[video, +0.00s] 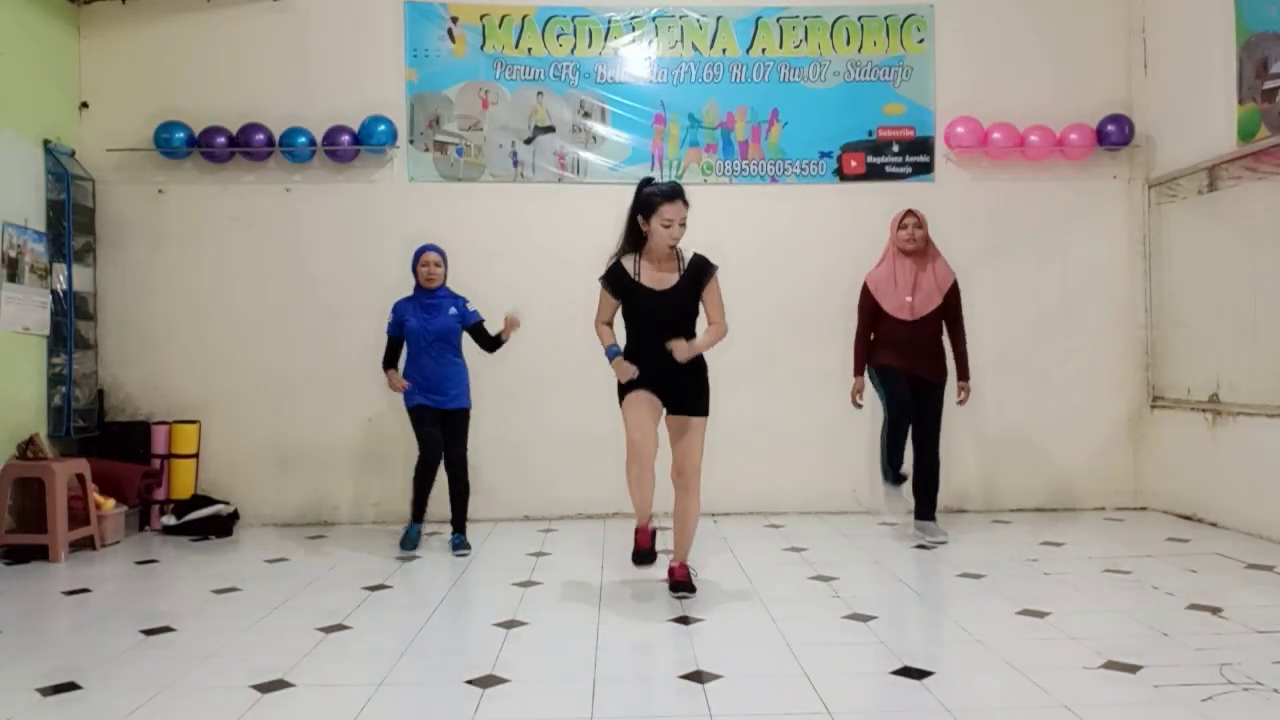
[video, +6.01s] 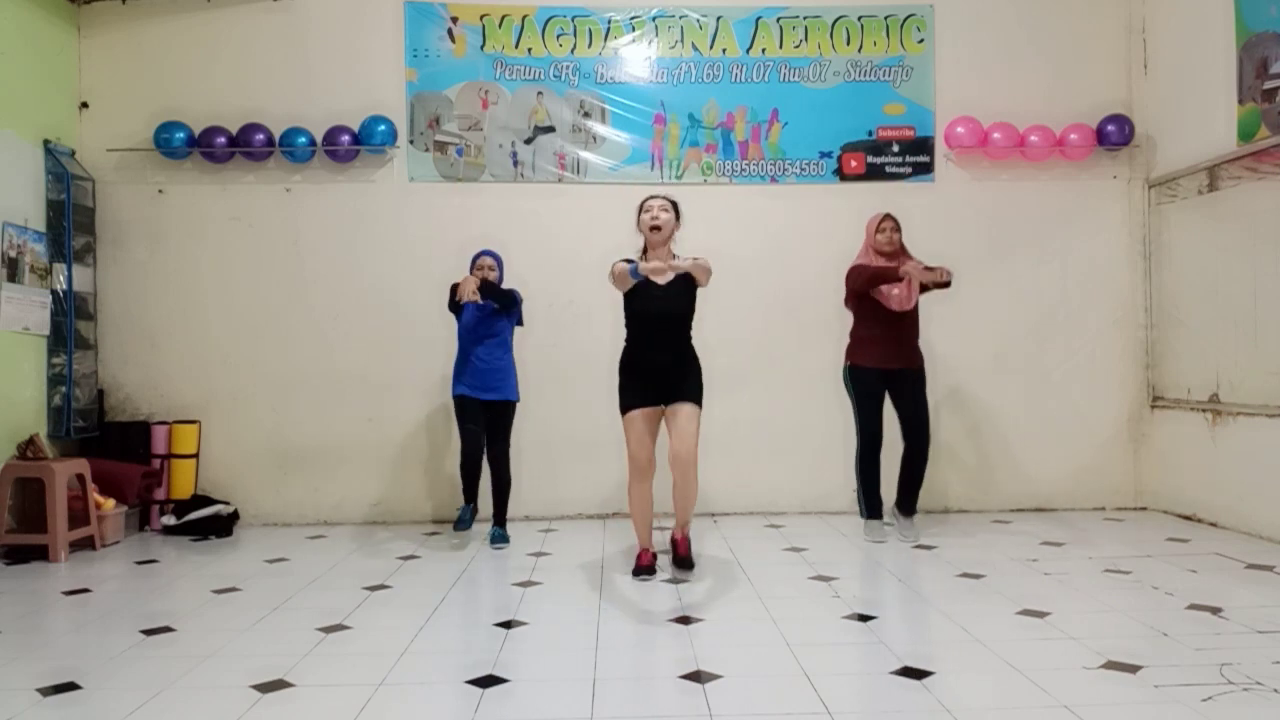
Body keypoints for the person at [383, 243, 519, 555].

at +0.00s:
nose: (431, 270)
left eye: (437, 265)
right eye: (424, 264)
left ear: (445, 271)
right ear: (415, 270)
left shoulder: (458, 304)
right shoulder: (403, 308)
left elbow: (488, 345)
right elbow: (391, 353)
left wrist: (505, 333)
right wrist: (391, 373)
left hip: (455, 394)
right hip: (419, 394)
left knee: (457, 461)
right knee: (431, 451)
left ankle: (459, 533)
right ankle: (415, 525)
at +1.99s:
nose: (466, 274)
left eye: (472, 269)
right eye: (459, 270)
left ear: (481, 274)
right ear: (451, 275)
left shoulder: (493, 303)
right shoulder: (442, 307)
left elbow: (499, 332)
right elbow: (429, 351)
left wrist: (478, 299)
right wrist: (450, 315)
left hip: (487, 398)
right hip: (453, 399)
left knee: (483, 462)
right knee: (456, 463)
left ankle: (484, 525)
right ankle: (458, 527)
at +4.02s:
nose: (472, 276)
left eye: (478, 272)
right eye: (467, 273)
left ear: (488, 280)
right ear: (459, 280)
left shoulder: (499, 304)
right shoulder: (450, 305)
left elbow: (504, 258)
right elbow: (442, 256)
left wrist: (484, 224)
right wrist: (463, 223)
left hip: (491, 396)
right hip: (457, 396)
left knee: (489, 464)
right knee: (464, 465)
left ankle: (489, 525)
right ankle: (464, 525)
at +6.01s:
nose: (485, 273)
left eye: (492, 269)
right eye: (480, 268)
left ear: (501, 274)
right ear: (472, 273)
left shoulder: (511, 299)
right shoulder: (463, 300)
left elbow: (506, 298)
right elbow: (454, 297)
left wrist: (480, 283)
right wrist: (463, 285)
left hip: (501, 388)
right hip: (467, 386)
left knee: (498, 455)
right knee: (471, 450)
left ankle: (499, 524)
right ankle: (469, 505)